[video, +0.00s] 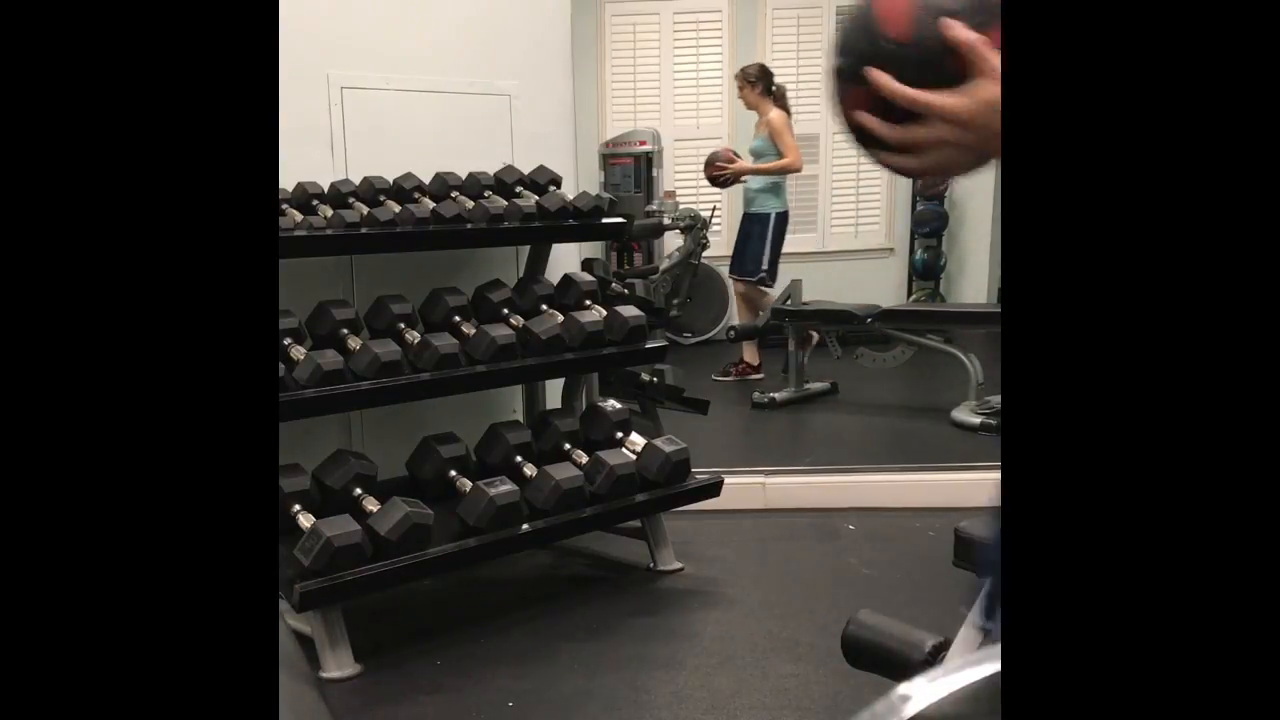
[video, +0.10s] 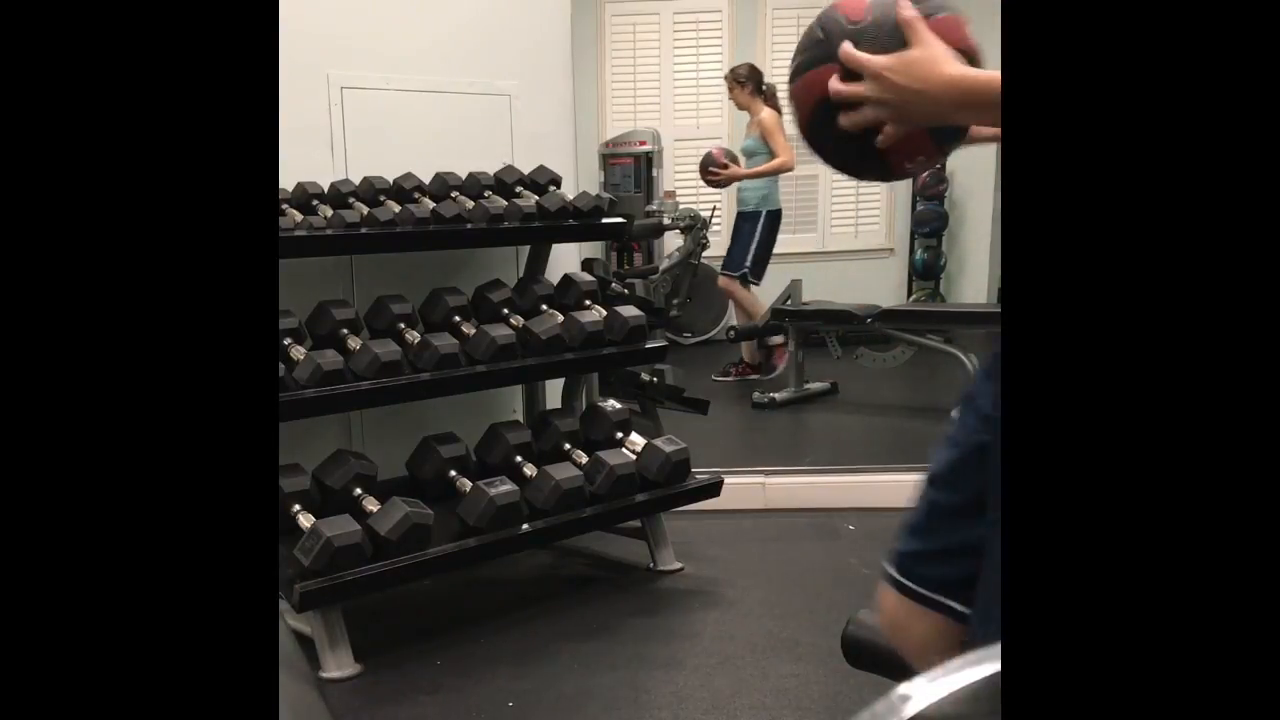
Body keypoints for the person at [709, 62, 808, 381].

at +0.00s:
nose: (739, 96)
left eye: (742, 89)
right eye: (739, 90)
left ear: (757, 88)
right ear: (756, 88)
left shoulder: (776, 118)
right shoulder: (762, 122)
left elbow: (795, 162)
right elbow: (771, 165)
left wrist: (748, 168)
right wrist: (740, 168)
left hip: (769, 212)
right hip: (755, 211)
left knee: (747, 284)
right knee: (740, 282)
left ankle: (801, 332)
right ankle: (750, 361)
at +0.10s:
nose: (730, 97)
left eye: (732, 90)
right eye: (729, 91)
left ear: (747, 88)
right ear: (747, 89)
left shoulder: (768, 117)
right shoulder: (754, 121)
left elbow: (787, 161)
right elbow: (762, 166)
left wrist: (742, 174)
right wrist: (734, 169)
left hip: (762, 211)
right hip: (749, 210)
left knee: (729, 281)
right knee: (738, 285)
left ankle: (777, 337)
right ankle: (750, 361)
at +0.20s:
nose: (721, 98)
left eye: (722, 92)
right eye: (720, 92)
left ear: (737, 88)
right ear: (738, 88)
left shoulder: (759, 117)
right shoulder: (747, 120)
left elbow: (780, 159)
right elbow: (754, 162)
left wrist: (741, 179)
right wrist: (727, 173)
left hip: (754, 211)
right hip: (745, 210)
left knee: (720, 281)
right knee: (737, 285)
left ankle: (753, 356)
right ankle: (750, 359)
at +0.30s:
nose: (715, 100)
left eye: (716, 93)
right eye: (713, 94)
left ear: (729, 88)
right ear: (731, 88)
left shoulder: (751, 120)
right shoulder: (742, 121)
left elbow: (770, 165)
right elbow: (753, 167)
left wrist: (733, 182)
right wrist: (723, 177)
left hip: (747, 209)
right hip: (744, 209)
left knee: (722, 285)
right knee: (736, 287)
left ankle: (731, 367)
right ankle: (751, 363)